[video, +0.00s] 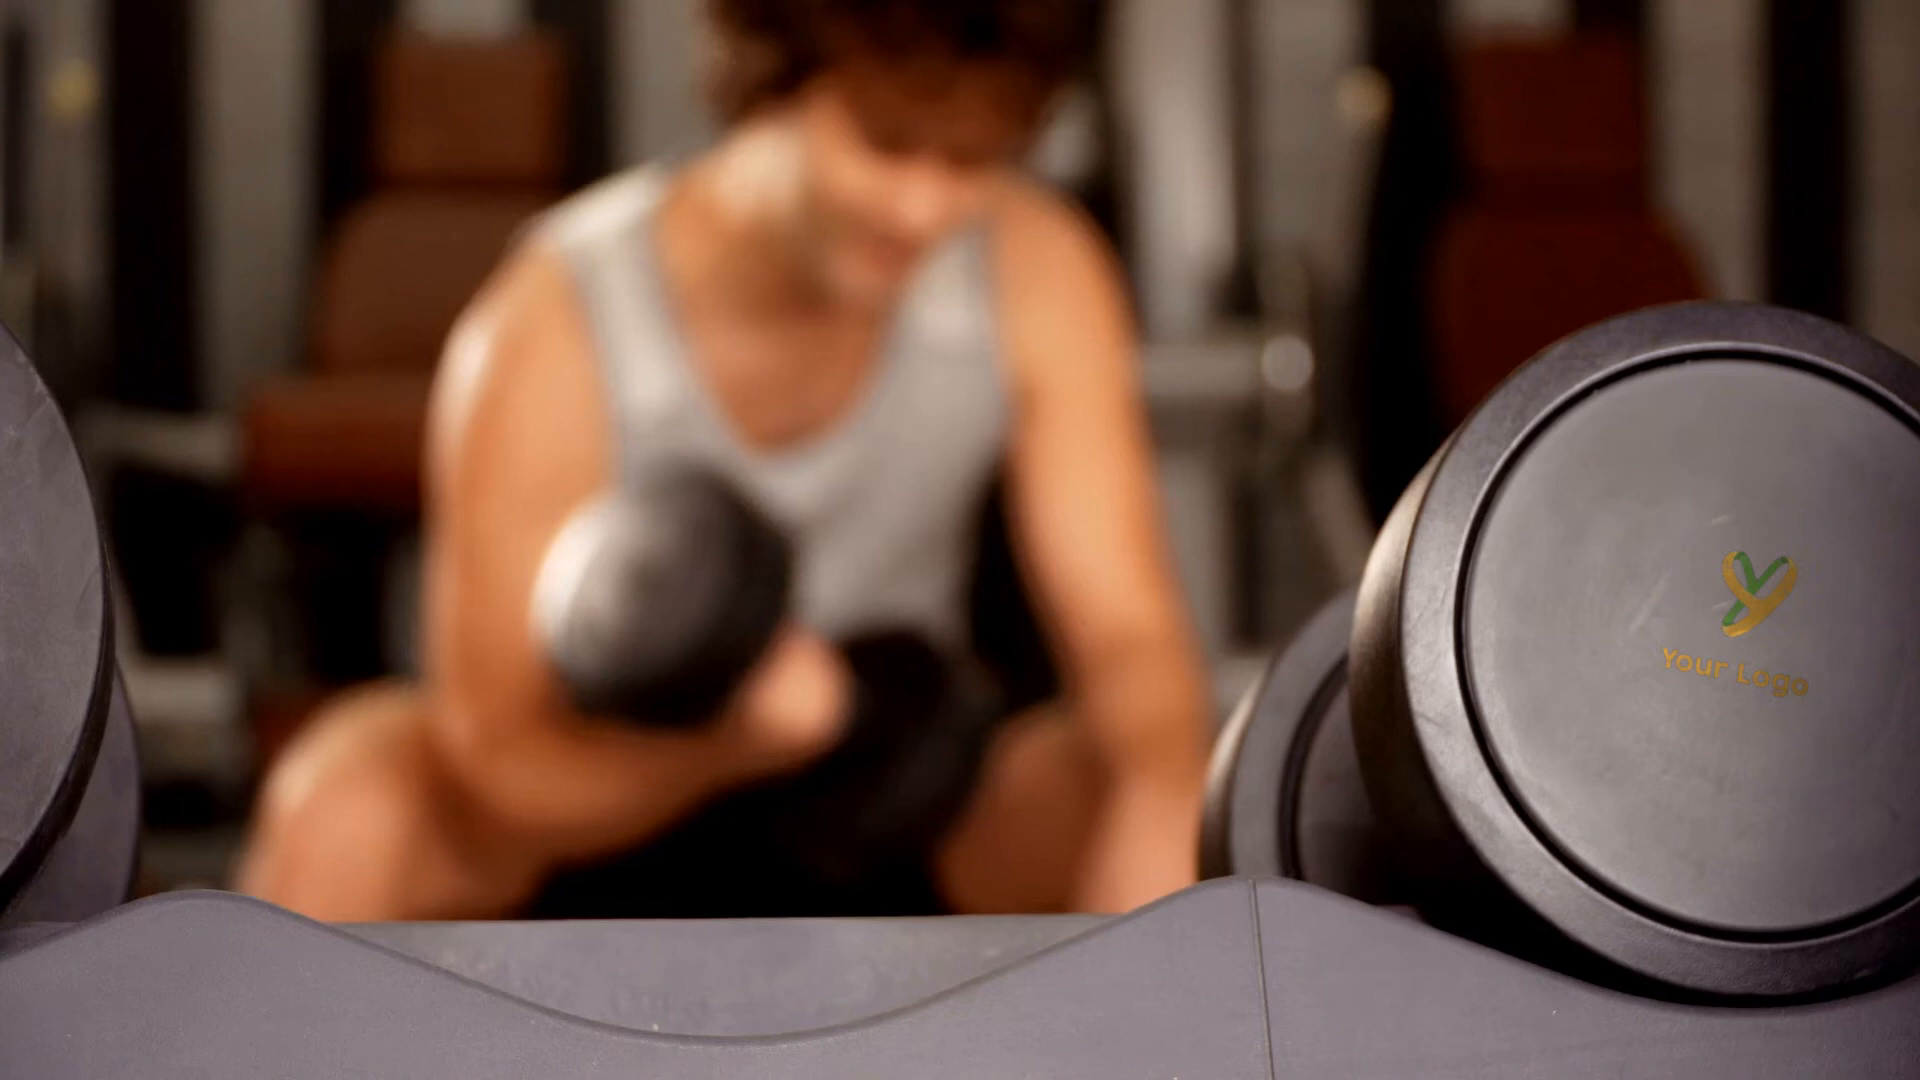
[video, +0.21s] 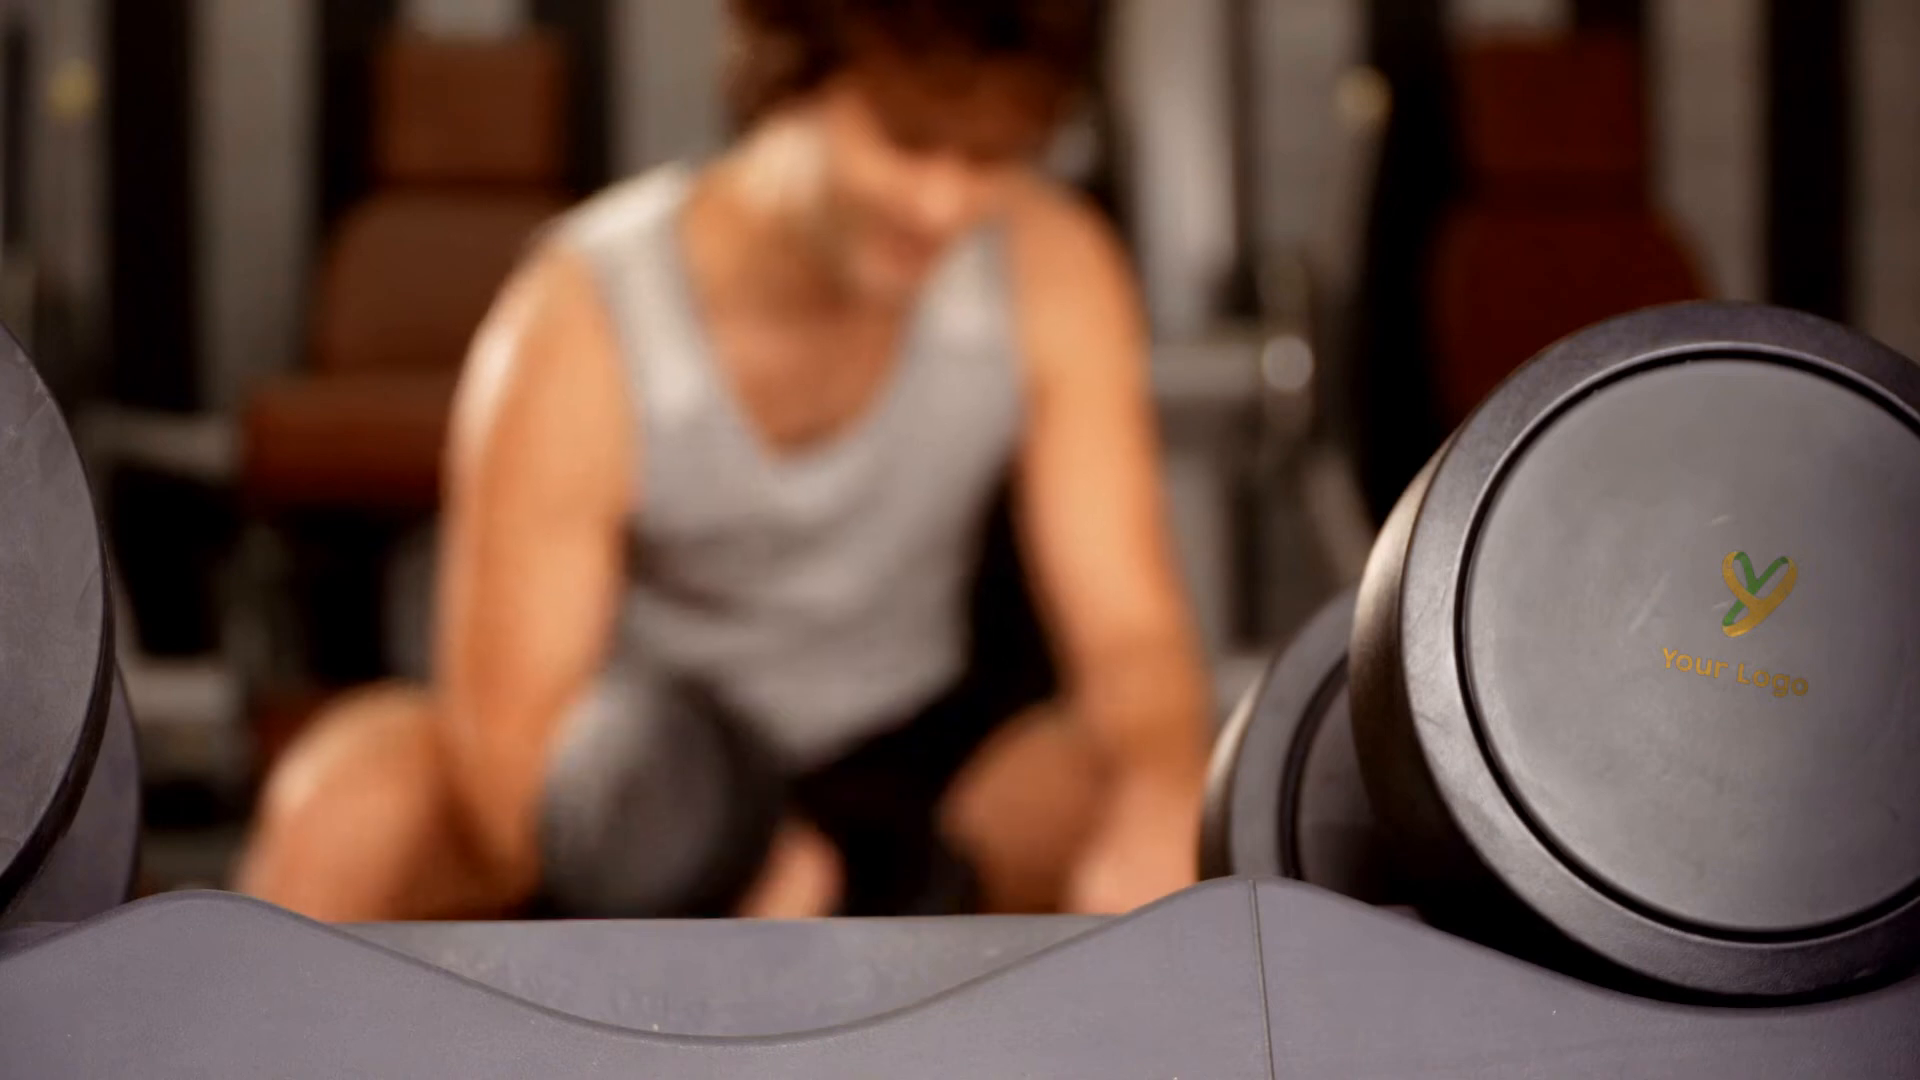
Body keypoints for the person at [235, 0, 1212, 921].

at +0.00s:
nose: (923, 208)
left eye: (975, 162)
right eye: (887, 143)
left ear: (1021, 147)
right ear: (777, 80)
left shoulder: (1031, 262)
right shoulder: (549, 324)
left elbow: (1129, 641)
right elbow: (511, 774)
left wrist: (1157, 825)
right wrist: (741, 740)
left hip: (883, 796)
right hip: (594, 809)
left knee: (1167, 801)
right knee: (345, 801)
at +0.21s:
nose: (943, 205)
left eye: (993, 159)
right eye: (907, 142)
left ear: (1038, 143)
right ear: (793, 81)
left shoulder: (1046, 262)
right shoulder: (580, 312)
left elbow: (1131, 643)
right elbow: (512, 747)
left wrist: (1154, 825)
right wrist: (743, 875)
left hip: (915, 769)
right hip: (640, 768)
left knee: (1173, 802)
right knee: (346, 789)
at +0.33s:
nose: (958, 214)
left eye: (1006, 166)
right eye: (924, 151)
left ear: (1048, 148)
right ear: (808, 89)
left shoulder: (1057, 268)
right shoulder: (599, 312)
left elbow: (1134, 654)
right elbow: (510, 779)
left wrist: (1155, 826)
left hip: (903, 779)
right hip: (624, 788)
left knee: (1156, 808)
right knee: (352, 790)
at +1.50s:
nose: (929, 298)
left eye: (980, 262)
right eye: (904, 241)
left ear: (1041, 219)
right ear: (826, 134)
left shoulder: (1057, 260)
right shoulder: (602, 316)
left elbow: (1133, 643)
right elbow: (511, 755)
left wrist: (1172, 839)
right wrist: (674, 956)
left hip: (902, 777)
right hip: (628, 790)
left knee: (1190, 806)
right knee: (367, 784)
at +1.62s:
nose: (923, 303)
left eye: (972, 267)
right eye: (896, 247)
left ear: (1037, 224)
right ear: (817, 135)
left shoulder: (1051, 263)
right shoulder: (578, 313)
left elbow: (1135, 643)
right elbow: (514, 754)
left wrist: (1171, 854)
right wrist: (767, 867)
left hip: (904, 779)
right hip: (619, 783)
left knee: (1199, 780)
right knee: (370, 787)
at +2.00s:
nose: (886, 303)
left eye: (926, 263)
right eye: (859, 248)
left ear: (980, 205)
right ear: (764, 148)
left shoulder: (1010, 262)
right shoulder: (492, 318)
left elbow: (1121, 639)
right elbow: (509, 749)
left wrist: (1182, 877)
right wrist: (735, 696)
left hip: (900, 786)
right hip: (598, 796)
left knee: (1169, 807)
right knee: (351, 798)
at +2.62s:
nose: (893, 271)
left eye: (944, 232)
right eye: (867, 214)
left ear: (1003, 179)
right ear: (785, 116)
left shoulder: (1034, 256)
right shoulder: (546, 313)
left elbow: (1125, 636)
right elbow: (514, 735)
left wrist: (1195, 807)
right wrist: (846, 823)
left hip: (901, 796)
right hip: (611, 796)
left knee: (1193, 800)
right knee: (360, 786)